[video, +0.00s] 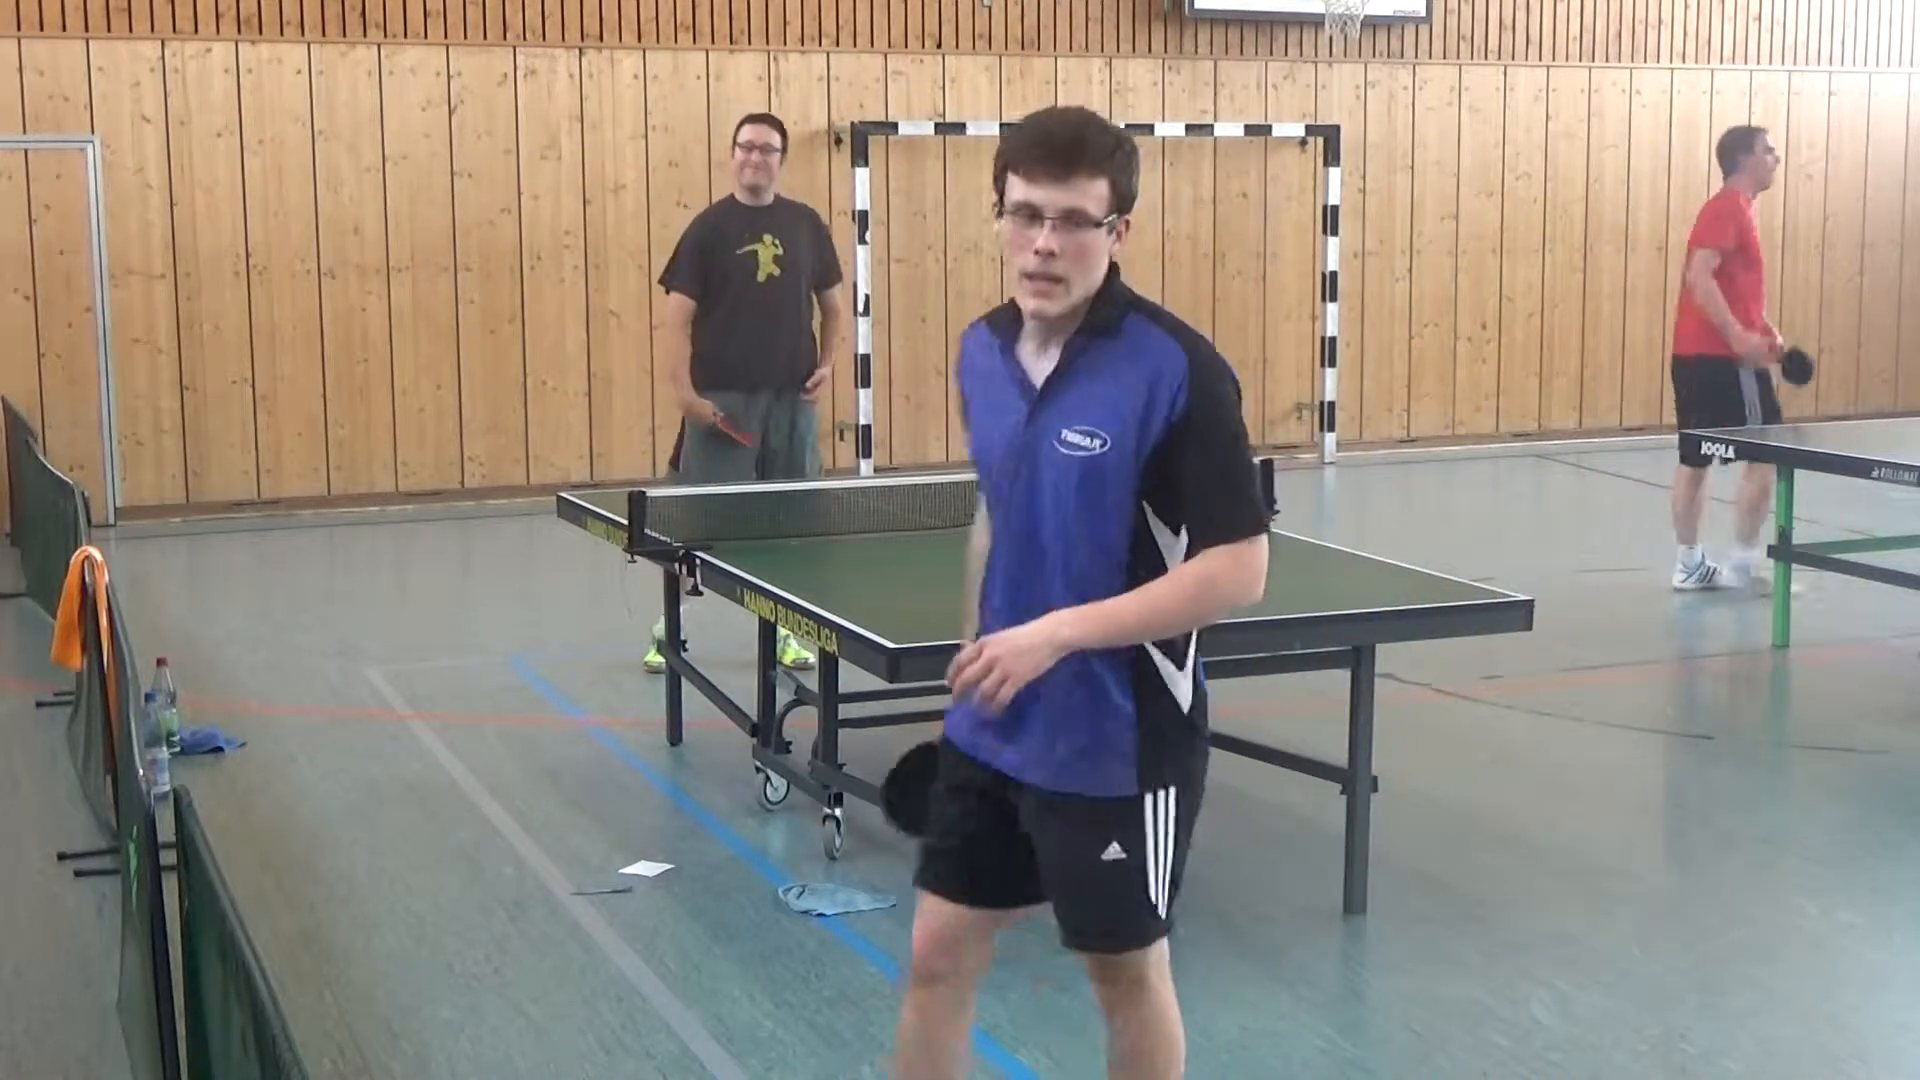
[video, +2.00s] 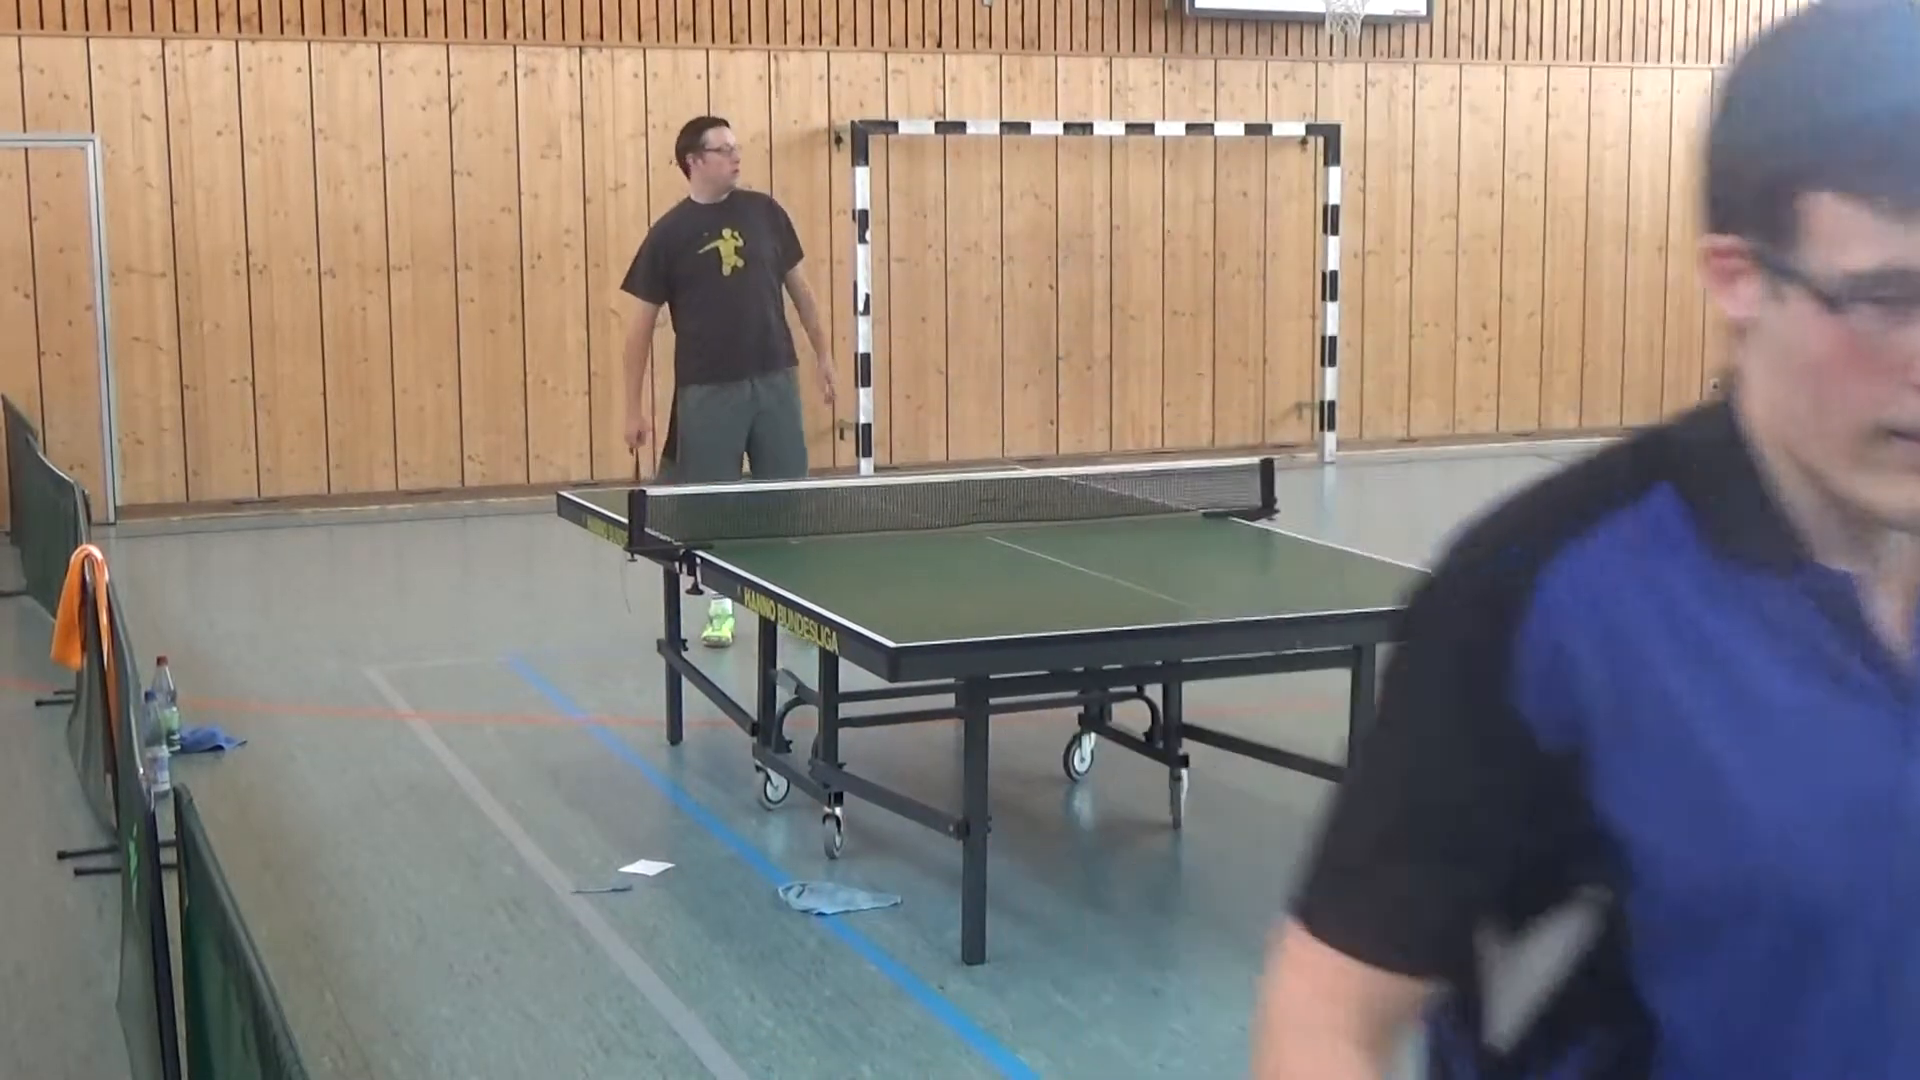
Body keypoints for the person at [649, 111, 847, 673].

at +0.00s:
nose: (757, 157)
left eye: (768, 150)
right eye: (748, 148)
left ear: (782, 159)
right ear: (732, 155)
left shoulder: (806, 223)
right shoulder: (708, 228)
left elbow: (834, 304)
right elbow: (675, 317)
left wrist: (829, 363)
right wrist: (685, 394)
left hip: (794, 401)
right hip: (722, 400)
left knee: (797, 525)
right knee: (695, 521)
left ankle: (790, 631)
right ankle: (670, 627)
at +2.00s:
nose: (736, 157)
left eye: (736, 149)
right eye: (724, 151)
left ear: (732, 157)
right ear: (692, 162)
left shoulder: (764, 210)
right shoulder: (668, 234)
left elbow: (800, 287)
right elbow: (641, 326)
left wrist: (822, 357)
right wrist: (635, 412)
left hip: (778, 383)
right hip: (709, 392)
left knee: (791, 501)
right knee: (709, 506)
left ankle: (801, 605)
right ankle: (721, 604)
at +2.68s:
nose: (835, 169)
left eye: (834, 160)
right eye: (825, 160)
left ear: (822, 167)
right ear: (792, 167)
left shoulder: (841, 226)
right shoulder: (750, 227)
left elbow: (872, 295)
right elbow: (725, 319)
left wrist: (861, 339)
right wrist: (741, 393)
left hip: (824, 389)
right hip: (759, 389)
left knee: (817, 504)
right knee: (731, 499)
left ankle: (811, 607)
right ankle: (720, 603)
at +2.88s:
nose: (842, 166)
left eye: (842, 158)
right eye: (832, 157)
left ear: (832, 166)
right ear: (800, 163)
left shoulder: (850, 224)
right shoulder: (757, 225)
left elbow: (903, 271)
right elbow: (734, 316)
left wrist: (880, 317)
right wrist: (762, 389)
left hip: (835, 389)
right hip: (769, 390)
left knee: (838, 507)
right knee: (753, 503)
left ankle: (835, 611)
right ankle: (729, 605)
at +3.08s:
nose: (842, 167)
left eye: (842, 158)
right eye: (831, 158)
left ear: (830, 167)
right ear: (800, 164)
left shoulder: (851, 223)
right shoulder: (760, 226)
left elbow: (900, 261)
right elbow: (740, 317)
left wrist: (866, 305)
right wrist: (770, 392)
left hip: (838, 389)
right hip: (771, 390)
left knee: (848, 508)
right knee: (749, 506)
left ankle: (848, 614)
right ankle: (729, 608)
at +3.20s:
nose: (841, 166)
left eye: (840, 158)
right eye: (830, 157)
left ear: (828, 167)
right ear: (798, 164)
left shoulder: (848, 224)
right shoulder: (759, 226)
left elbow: (893, 269)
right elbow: (741, 319)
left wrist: (859, 314)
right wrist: (770, 393)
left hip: (840, 388)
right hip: (776, 388)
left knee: (848, 506)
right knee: (754, 504)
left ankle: (848, 613)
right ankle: (729, 608)